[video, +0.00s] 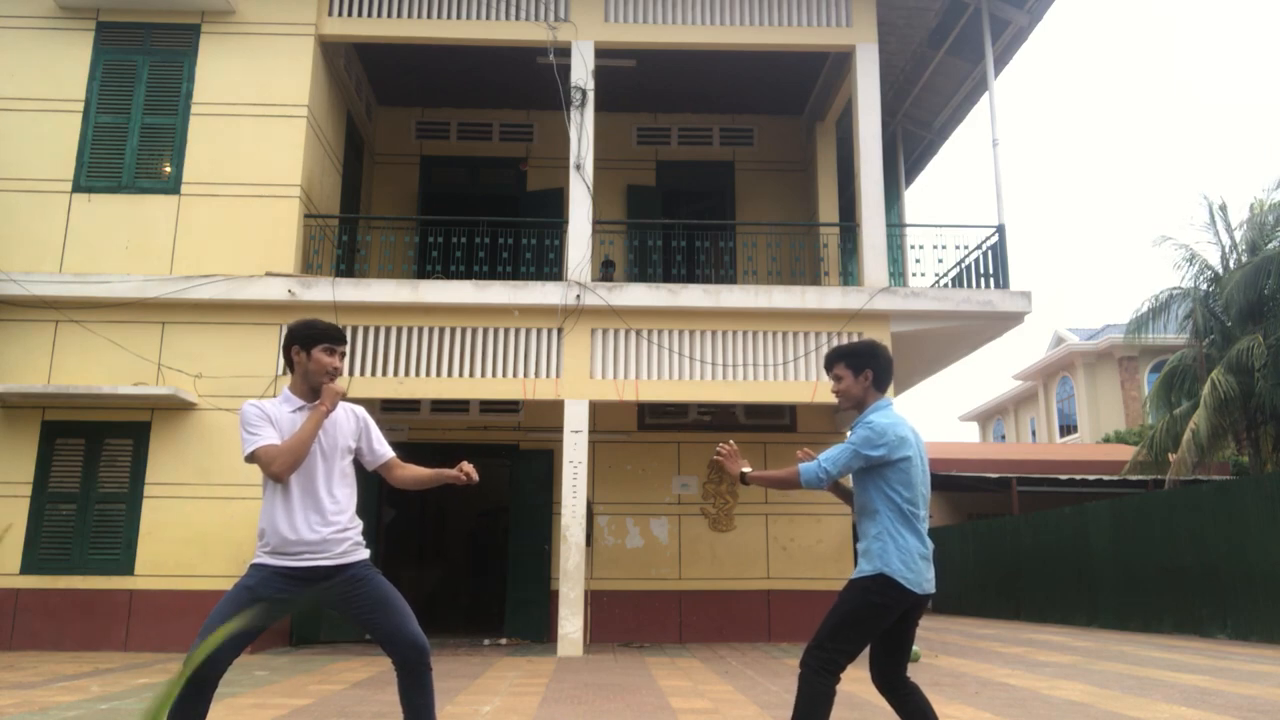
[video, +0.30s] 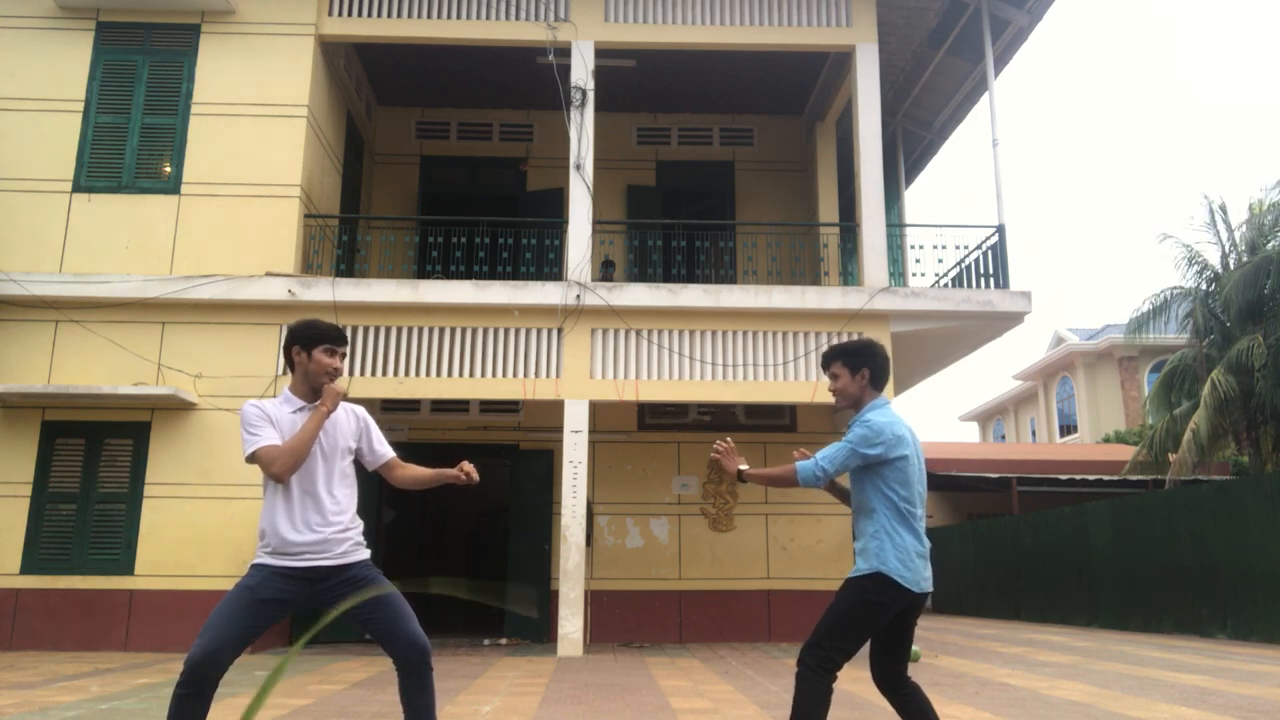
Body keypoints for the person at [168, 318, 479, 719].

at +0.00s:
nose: (337, 364)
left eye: (340, 356)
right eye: (327, 354)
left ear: (344, 361)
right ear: (295, 356)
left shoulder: (352, 416)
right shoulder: (258, 411)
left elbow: (396, 471)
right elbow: (277, 467)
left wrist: (448, 475)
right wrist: (323, 409)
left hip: (348, 566)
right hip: (276, 568)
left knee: (414, 650)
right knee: (203, 660)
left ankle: (423, 717)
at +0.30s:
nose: (338, 365)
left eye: (341, 356)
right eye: (329, 354)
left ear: (345, 361)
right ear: (296, 356)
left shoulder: (353, 416)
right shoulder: (259, 412)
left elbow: (396, 471)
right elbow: (278, 467)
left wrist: (449, 475)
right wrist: (324, 410)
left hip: (349, 569)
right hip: (277, 570)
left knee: (415, 650)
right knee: (201, 663)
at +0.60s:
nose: (338, 368)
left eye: (341, 359)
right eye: (329, 357)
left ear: (345, 363)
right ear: (296, 357)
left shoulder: (353, 417)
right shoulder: (259, 412)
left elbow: (397, 471)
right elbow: (279, 468)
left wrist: (449, 475)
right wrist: (324, 410)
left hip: (349, 569)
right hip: (277, 570)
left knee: (415, 649)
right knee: (201, 664)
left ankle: (423, 719)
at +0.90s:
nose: (328, 367)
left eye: (332, 358)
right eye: (318, 356)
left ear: (335, 364)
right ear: (287, 358)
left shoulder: (349, 416)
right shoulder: (252, 417)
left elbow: (385, 478)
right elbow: (274, 473)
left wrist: (413, 467)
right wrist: (318, 416)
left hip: (342, 568)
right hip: (272, 571)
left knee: (406, 655)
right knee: (198, 668)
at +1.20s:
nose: (173, 406)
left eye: (176, 398)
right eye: (159, 400)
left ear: (186, 404)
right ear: (134, 416)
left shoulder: (228, 436)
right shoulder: (141, 492)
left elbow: (289, 479)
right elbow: (177, 544)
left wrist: (282, 519)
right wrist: (188, 476)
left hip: (295, 578)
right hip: (225, 590)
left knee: (361, 668)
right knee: (132, 667)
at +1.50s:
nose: (124, 400)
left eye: (126, 391)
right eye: (109, 392)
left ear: (134, 396)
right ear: (78, 406)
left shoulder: (175, 434)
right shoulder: (80, 486)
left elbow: (227, 487)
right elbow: (120, 549)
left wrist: (238, 551)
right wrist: (137, 475)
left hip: (234, 579)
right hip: (165, 592)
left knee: (290, 673)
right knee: (84, 676)